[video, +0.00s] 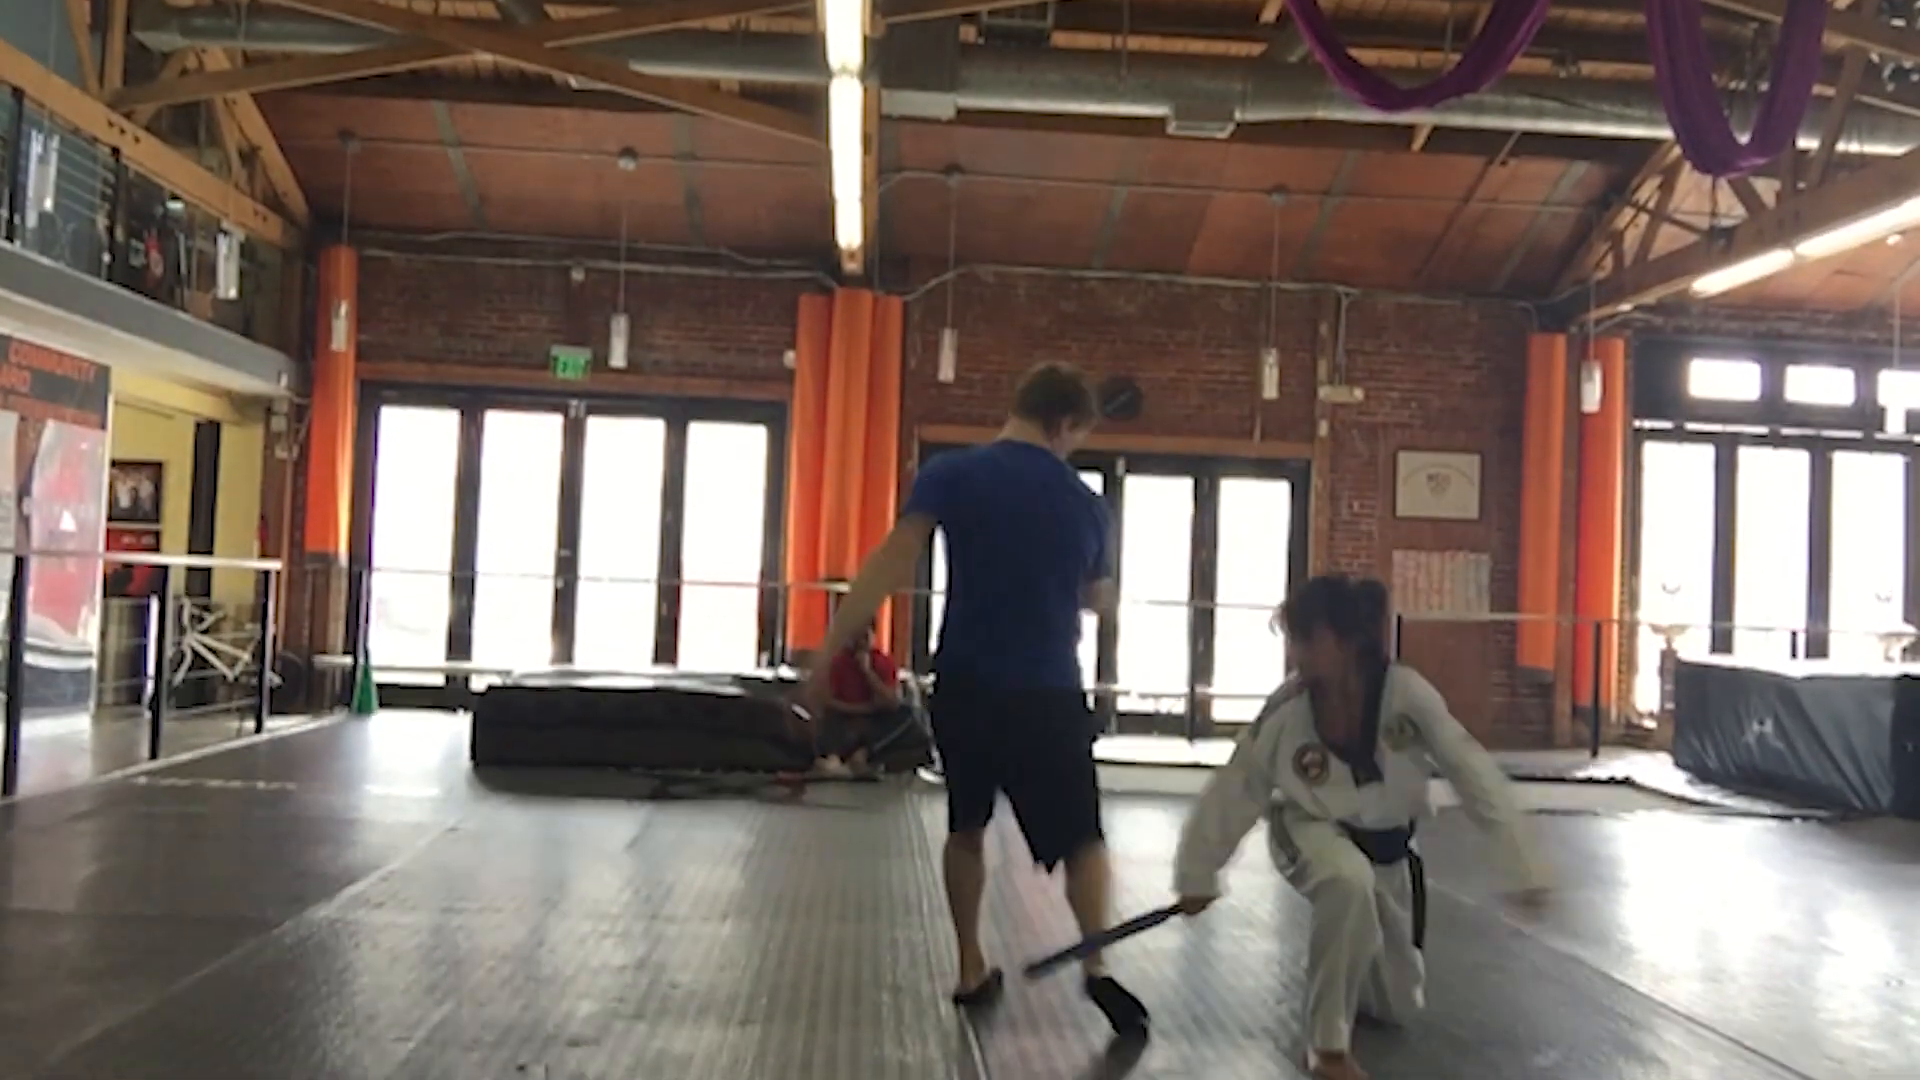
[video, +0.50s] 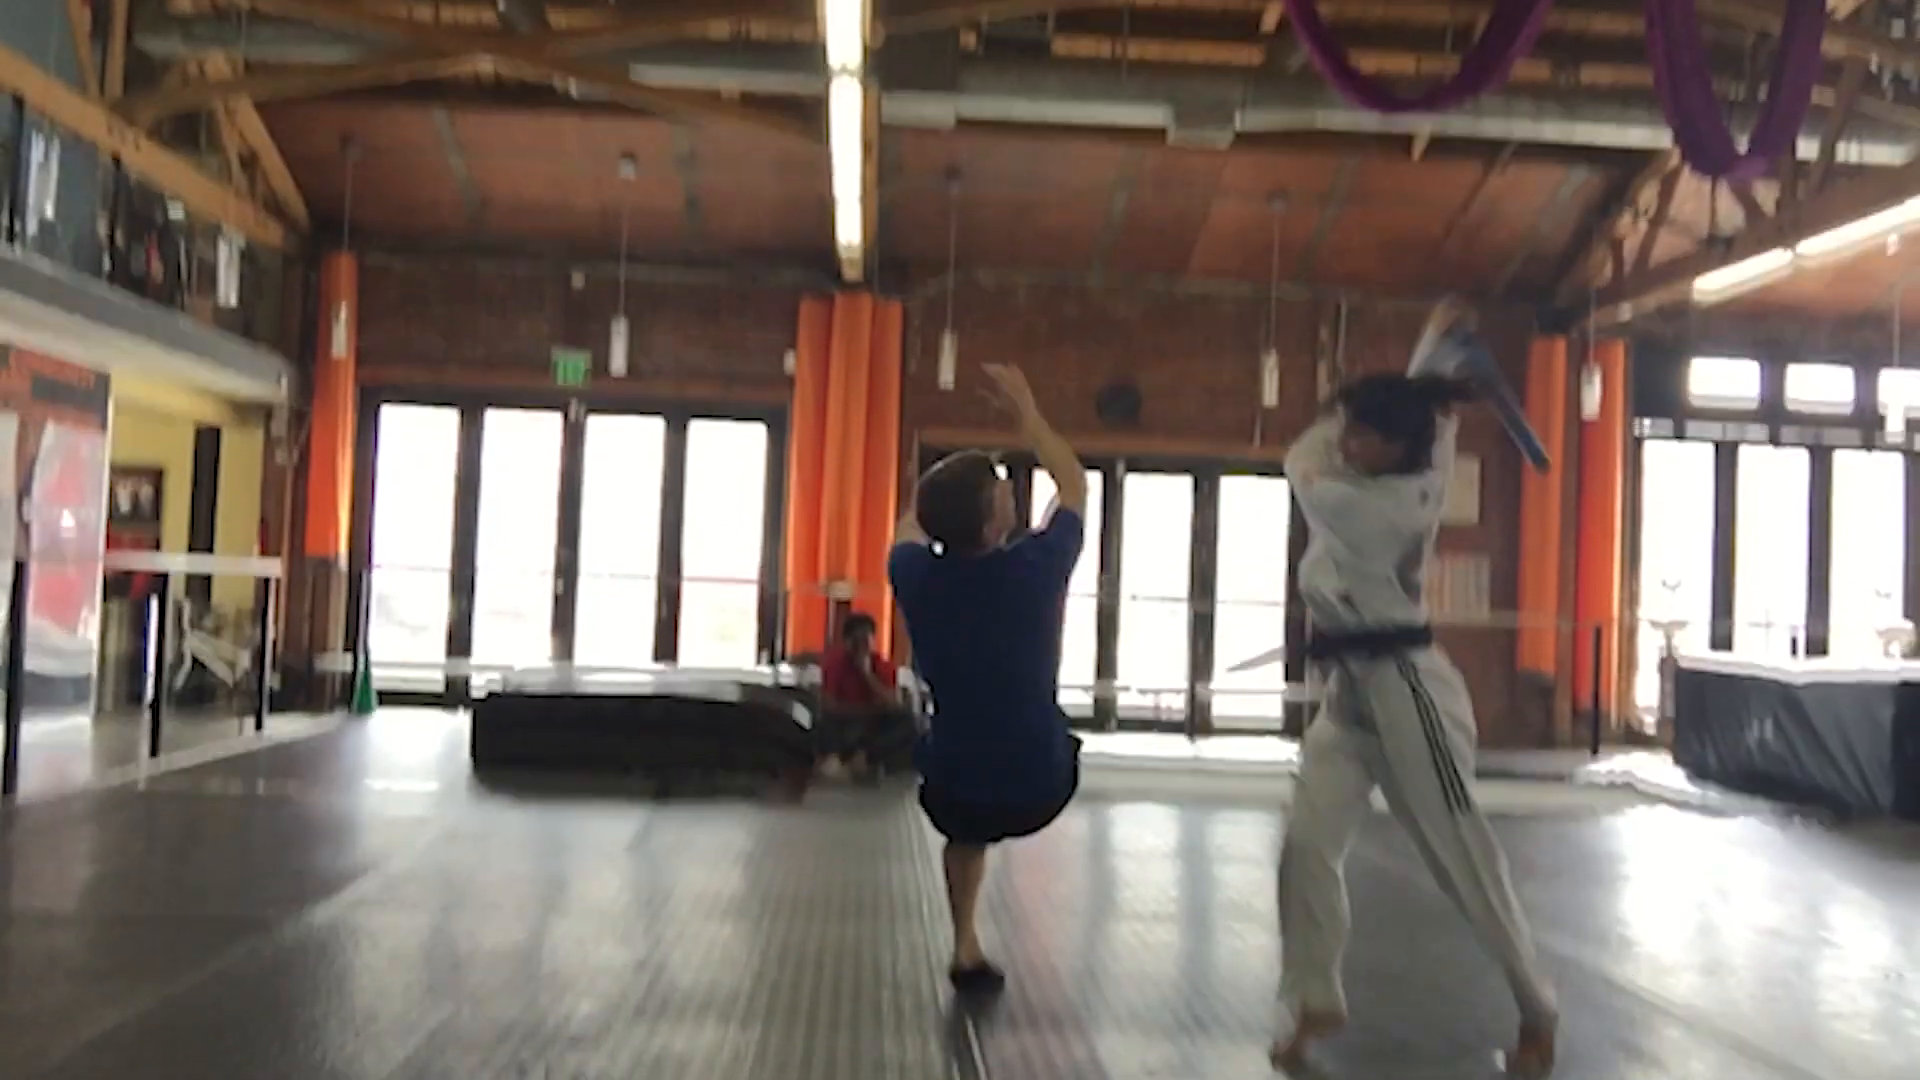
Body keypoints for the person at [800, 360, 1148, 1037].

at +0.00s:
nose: (1076, 443)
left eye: (1078, 434)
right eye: (1079, 433)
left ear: (1009, 412)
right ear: (1067, 427)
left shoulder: (950, 471)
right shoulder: (1084, 503)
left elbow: (896, 560)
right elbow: (1101, 600)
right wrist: (1044, 573)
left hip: (962, 693)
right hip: (1048, 699)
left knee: (965, 826)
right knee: (1082, 836)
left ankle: (970, 970)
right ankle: (1098, 963)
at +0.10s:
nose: (1058, 442)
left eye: (1058, 432)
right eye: (1057, 430)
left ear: (994, 412)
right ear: (1038, 418)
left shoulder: (937, 477)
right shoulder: (1066, 478)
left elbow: (895, 582)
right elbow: (1081, 560)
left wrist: (870, 639)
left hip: (965, 677)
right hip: (1049, 676)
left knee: (962, 815)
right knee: (1078, 762)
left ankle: (970, 956)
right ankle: (1083, 869)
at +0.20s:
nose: (1040, 443)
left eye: (1038, 435)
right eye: (1039, 434)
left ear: (970, 432)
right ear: (1026, 431)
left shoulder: (927, 496)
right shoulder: (1049, 481)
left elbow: (916, 498)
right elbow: (1075, 473)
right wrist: (1040, 458)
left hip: (964, 693)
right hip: (1045, 690)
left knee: (969, 823)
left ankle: (972, 959)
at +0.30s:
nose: (1039, 444)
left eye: (1034, 432)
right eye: (1031, 435)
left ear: (961, 448)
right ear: (1013, 444)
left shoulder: (923, 509)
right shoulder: (1044, 500)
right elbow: (1068, 452)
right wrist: (1039, 390)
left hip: (960, 711)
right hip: (1044, 710)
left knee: (966, 833)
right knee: (1059, 573)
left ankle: (973, 963)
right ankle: (1069, 625)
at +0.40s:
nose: (1021, 464)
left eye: (1015, 456)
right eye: (1014, 458)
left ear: (944, 469)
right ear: (998, 474)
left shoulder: (921, 529)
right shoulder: (1043, 525)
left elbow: (929, 481)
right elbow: (1070, 479)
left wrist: (978, 434)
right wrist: (1040, 406)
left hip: (957, 736)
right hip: (1044, 739)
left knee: (965, 830)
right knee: (1045, 627)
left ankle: (971, 955)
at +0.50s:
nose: (1009, 492)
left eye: (1001, 487)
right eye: (1001, 490)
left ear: (935, 526)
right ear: (991, 521)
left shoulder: (915, 577)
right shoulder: (1039, 567)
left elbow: (909, 528)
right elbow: (1074, 487)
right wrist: (1030, 414)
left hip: (958, 795)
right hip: (1042, 793)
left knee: (965, 826)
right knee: (1032, 720)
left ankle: (966, 945)